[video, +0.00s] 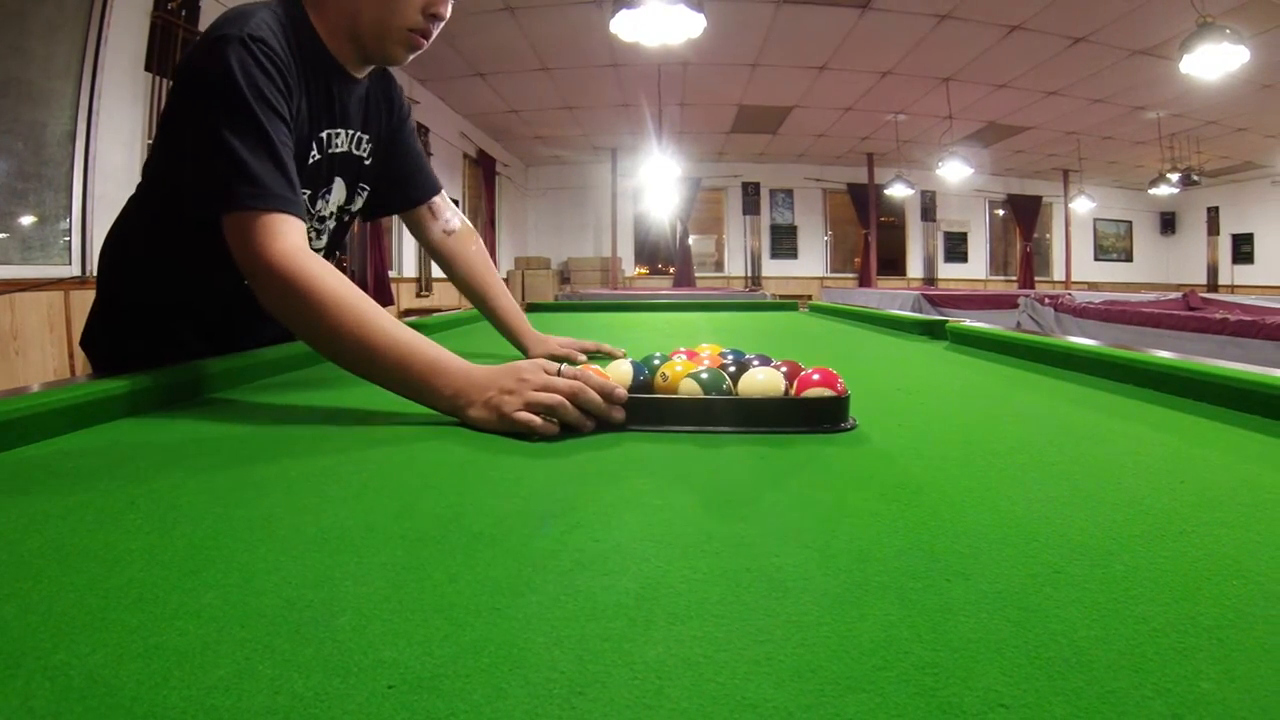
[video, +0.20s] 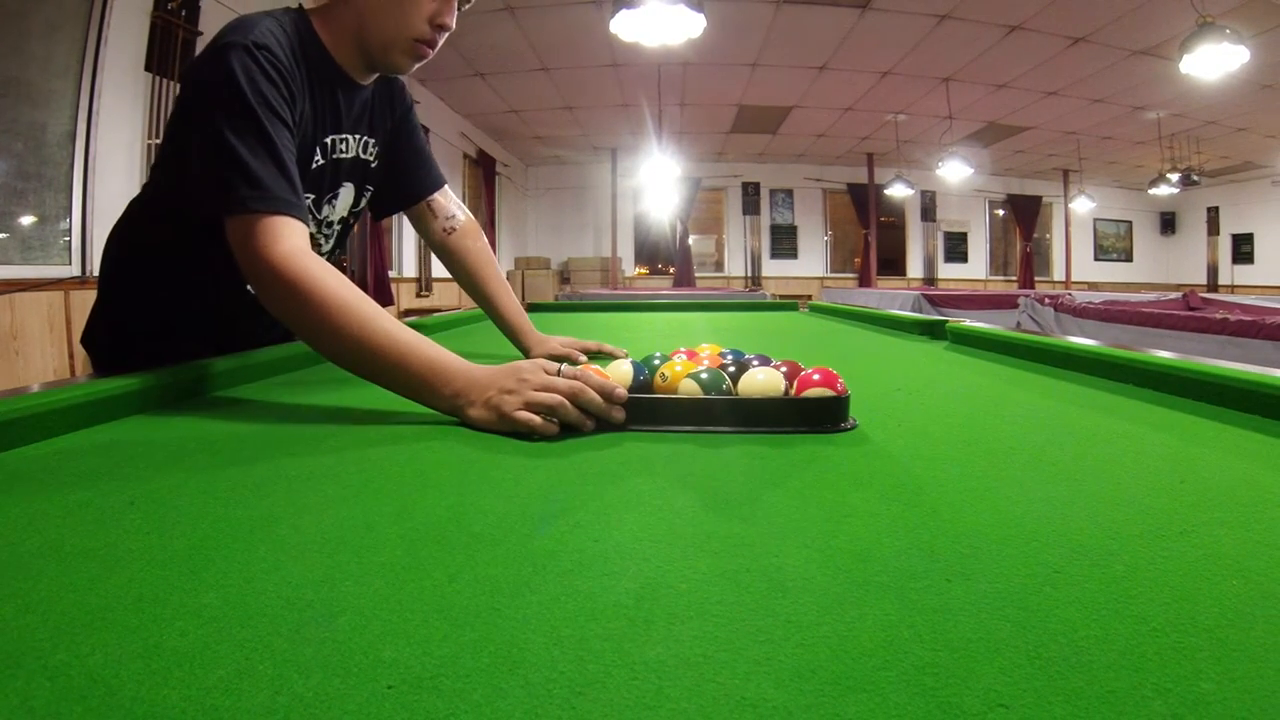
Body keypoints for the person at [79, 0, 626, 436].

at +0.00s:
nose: (441, 14)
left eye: (450, 1)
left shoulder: (378, 87)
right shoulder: (247, 50)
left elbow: (442, 222)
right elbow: (273, 258)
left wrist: (527, 335)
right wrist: (467, 384)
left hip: (271, 348)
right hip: (158, 353)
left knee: (255, 540)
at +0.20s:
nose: (450, 21)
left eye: (458, 6)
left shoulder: (383, 90)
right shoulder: (254, 55)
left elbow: (446, 221)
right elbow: (276, 262)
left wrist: (527, 334)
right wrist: (469, 385)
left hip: (271, 347)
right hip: (159, 352)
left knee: (253, 537)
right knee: (147, 546)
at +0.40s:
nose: (450, 28)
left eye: (458, 11)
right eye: (439, 0)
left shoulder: (384, 97)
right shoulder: (255, 63)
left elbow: (445, 221)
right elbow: (275, 263)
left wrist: (527, 334)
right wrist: (467, 384)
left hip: (269, 343)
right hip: (159, 348)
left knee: (252, 531)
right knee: (146, 541)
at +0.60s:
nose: (447, 28)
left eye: (456, 12)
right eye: (435, 0)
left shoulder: (383, 99)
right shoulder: (255, 67)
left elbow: (444, 223)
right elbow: (276, 263)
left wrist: (527, 334)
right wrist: (467, 384)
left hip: (271, 345)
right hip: (159, 349)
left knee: (252, 532)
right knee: (146, 542)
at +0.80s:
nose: (445, 27)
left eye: (454, 12)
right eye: (432, 1)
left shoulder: (383, 99)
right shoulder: (256, 69)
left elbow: (444, 224)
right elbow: (279, 265)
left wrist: (527, 334)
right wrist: (467, 384)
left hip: (271, 341)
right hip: (160, 347)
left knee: (253, 529)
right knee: (147, 539)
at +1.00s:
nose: (444, 29)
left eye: (454, 13)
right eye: (431, 1)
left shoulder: (385, 101)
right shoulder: (256, 69)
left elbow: (444, 225)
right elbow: (278, 266)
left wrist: (527, 334)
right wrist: (468, 384)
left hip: (271, 342)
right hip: (158, 347)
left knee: (252, 531)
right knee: (147, 541)